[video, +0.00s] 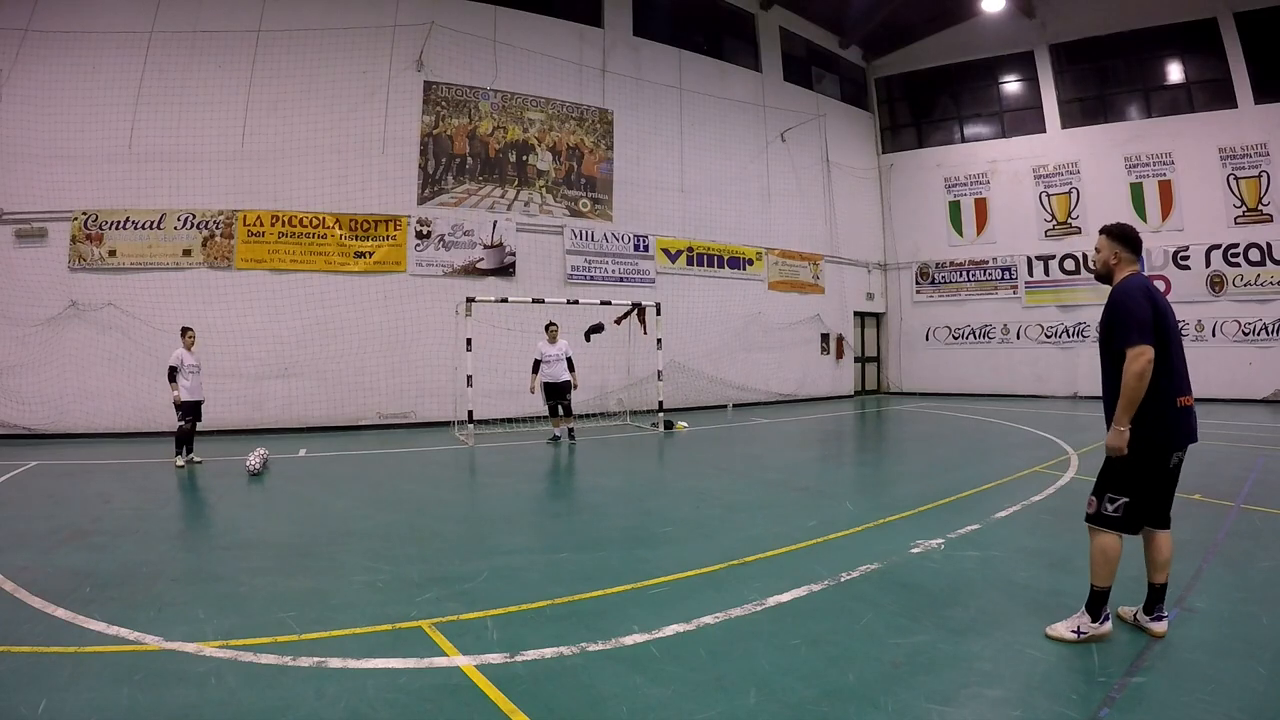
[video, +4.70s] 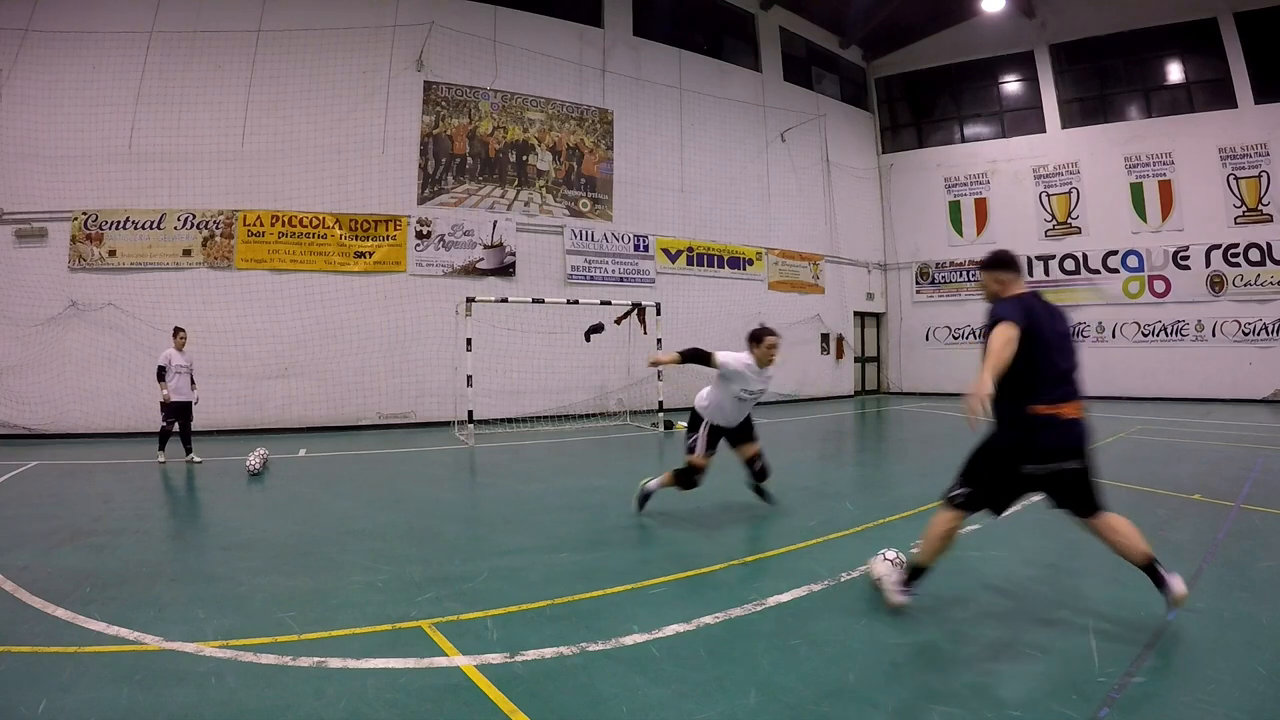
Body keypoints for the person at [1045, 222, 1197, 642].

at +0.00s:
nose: (1093, 258)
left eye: (1098, 251)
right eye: (1095, 251)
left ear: (1117, 254)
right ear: (1130, 255)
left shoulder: (1128, 293)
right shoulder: (1148, 292)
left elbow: (1141, 360)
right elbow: (1157, 363)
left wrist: (1119, 424)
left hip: (1145, 431)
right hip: (1170, 430)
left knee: (1103, 517)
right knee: (1155, 519)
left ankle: (1095, 616)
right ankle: (1154, 613)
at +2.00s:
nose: (1111, 248)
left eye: (1116, 240)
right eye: (1114, 240)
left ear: (1135, 247)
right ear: (1147, 249)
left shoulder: (1141, 295)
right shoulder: (1165, 292)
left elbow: (1142, 368)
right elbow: (1168, 369)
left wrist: (1117, 433)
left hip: (1144, 440)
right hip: (1176, 437)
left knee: (1114, 535)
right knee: (1169, 530)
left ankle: (1087, 624)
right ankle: (1174, 622)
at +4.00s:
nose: (1076, 278)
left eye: (1077, 269)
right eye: (1075, 270)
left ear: (1096, 263)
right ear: (1110, 262)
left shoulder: (1112, 301)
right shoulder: (1144, 296)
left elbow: (1117, 368)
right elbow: (1157, 369)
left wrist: (1101, 435)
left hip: (1133, 437)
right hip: (1171, 435)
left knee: (1093, 528)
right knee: (1158, 526)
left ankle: (1087, 623)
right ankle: (1173, 619)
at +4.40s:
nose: (1052, 337)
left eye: (1053, 328)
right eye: (1050, 330)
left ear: (1070, 322)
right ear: (1087, 319)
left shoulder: (1083, 350)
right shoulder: (1116, 344)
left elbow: (1059, 400)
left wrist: (1017, 453)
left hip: (1134, 459)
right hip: (1176, 453)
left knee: (1070, 529)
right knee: (1142, 538)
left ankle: (1085, 622)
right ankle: (1185, 620)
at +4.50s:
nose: (1042, 330)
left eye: (1043, 322)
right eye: (1040, 324)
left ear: (1057, 316)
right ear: (1076, 312)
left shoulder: (1070, 344)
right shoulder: (1105, 341)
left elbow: (1022, 378)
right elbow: (1122, 401)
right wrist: (1091, 450)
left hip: (1111, 456)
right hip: (1155, 452)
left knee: (1040, 514)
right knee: (1133, 537)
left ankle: (1066, 599)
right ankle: (1184, 620)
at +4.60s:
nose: (1017, 309)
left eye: (1018, 300)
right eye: (1016, 301)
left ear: (1031, 294)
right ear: (1051, 291)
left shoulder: (1043, 321)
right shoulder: (1082, 322)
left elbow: (1007, 337)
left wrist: (955, 354)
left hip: (1070, 447)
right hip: (1115, 448)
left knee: (995, 491)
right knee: (1132, 532)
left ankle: (998, 583)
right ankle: (1181, 615)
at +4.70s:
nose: (984, 290)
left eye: (985, 284)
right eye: (983, 284)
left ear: (998, 280)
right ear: (1018, 276)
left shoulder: (1008, 306)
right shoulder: (1051, 310)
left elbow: (1005, 338)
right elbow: (1058, 366)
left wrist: (985, 379)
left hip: (1019, 440)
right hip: (1067, 439)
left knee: (955, 507)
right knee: (1094, 513)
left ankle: (905, 581)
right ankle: (1165, 581)